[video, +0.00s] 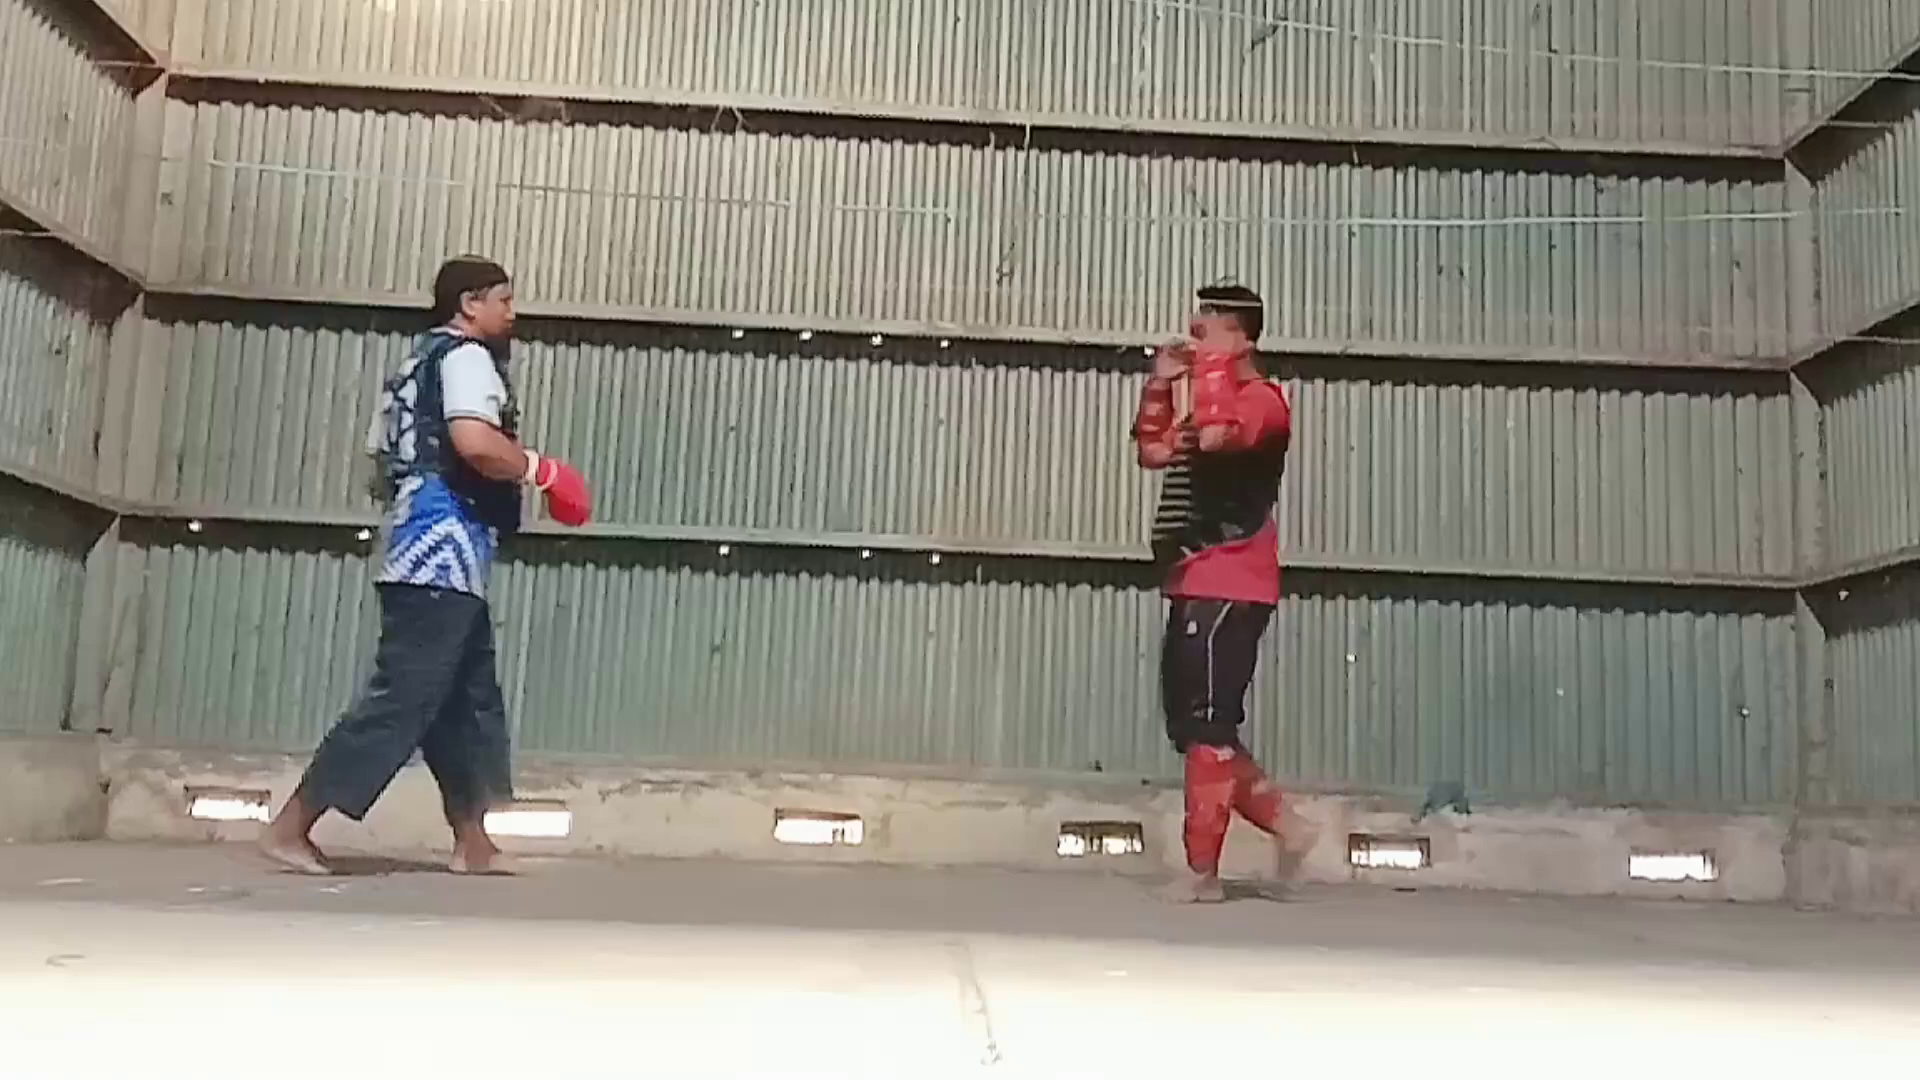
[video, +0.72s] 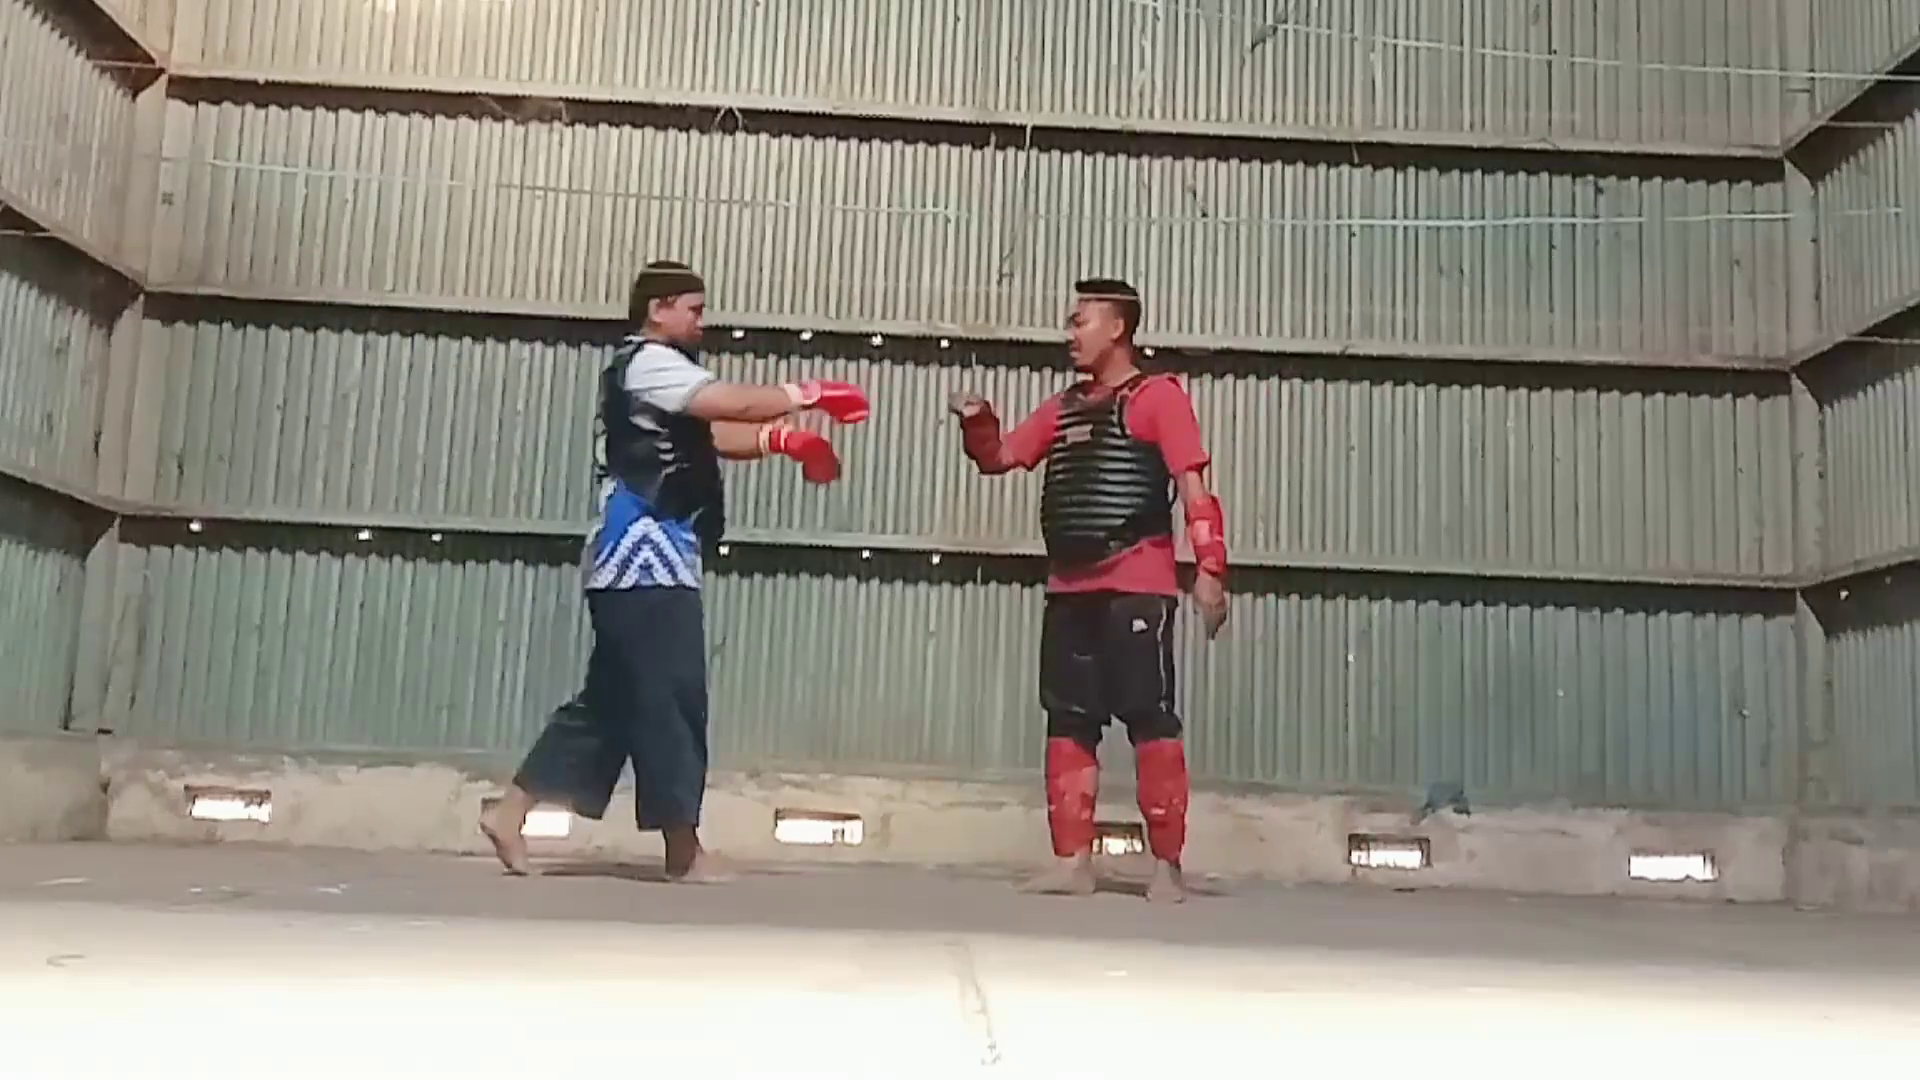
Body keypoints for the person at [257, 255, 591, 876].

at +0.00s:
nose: (514, 311)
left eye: (512, 300)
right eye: (505, 301)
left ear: (460, 309)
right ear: (470, 307)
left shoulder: (420, 363)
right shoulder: (467, 356)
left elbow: (389, 461)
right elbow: (474, 441)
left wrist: (488, 475)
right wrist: (543, 470)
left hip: (429, 561)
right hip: (439, 563)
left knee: (462, 703)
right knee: (403, 700)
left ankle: (473, 845)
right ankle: (289, 827)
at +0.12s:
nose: (543, 309)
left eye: (542, 299)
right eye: (534, 299)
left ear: (498, 305)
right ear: (499, 303)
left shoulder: (480, 356)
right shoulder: (493, 352)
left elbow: (482, 460)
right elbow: (494, 434)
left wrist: (551, 502)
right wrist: (566, 456)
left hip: (476, 550)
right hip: (470, 550)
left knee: (484, 694)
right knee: (464, 690)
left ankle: (473, 840)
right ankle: (332, 800)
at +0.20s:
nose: (572, 309)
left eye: (571, 299)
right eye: (563, 298)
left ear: (531, 304)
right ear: (526, 302)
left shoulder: (534, 361)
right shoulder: (509, 351)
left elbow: (534, 456)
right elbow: (516, 429)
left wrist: (604, 469)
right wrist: (599, 438)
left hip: (506, 541)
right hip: (499, 542)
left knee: (492, 686)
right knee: (529, 680)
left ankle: (473, 836)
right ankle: (425, 787)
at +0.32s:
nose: (598, 314)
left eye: (599, 304)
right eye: (590, 302)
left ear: (560, 306)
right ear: (552, 302)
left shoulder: (561, 369)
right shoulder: (528, 356)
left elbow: (573, 473)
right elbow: (540, 431)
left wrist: (648, 455)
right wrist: (626, 419)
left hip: (516, 549)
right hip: (525, 548)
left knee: (504, 689)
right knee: (572, 675)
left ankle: (472, 843)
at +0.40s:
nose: (613, 318)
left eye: (615, 309)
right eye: (605, 306)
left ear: (579, 311)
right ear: (566, 306)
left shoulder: (583, 376)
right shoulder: (542, 362)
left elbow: (601, 465)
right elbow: (558, 432)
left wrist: (675, 448)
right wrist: (643, 412)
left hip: (548, 551)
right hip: (541, 552)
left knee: (519, 693)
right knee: (585, 682)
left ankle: (473, 843)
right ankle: (586, 843)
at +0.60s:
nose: (665, 330)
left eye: (665, 319)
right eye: (655, 318)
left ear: (630, 322)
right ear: (618, 319)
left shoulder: (632, 386)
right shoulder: (597, 376)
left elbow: (685, 449)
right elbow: (644, 428)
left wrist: (750, 422)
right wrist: (723, 403)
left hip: (614, 564)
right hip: (606, 568)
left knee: (563, 702)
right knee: (644, 705)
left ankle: (480, 830)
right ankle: (681, 851)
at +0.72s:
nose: (703, 321)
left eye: (703, 310)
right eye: (694, 310)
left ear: (665, 313)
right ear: (660, 310)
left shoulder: (666, 368)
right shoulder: (645, 362)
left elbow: (708, 433)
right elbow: (719, 402)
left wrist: (779, 437)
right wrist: (806, 393)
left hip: (644, 557)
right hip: (650, 560)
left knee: (611, 698)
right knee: (672, 697)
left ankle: (509, 813)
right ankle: (685, 854)